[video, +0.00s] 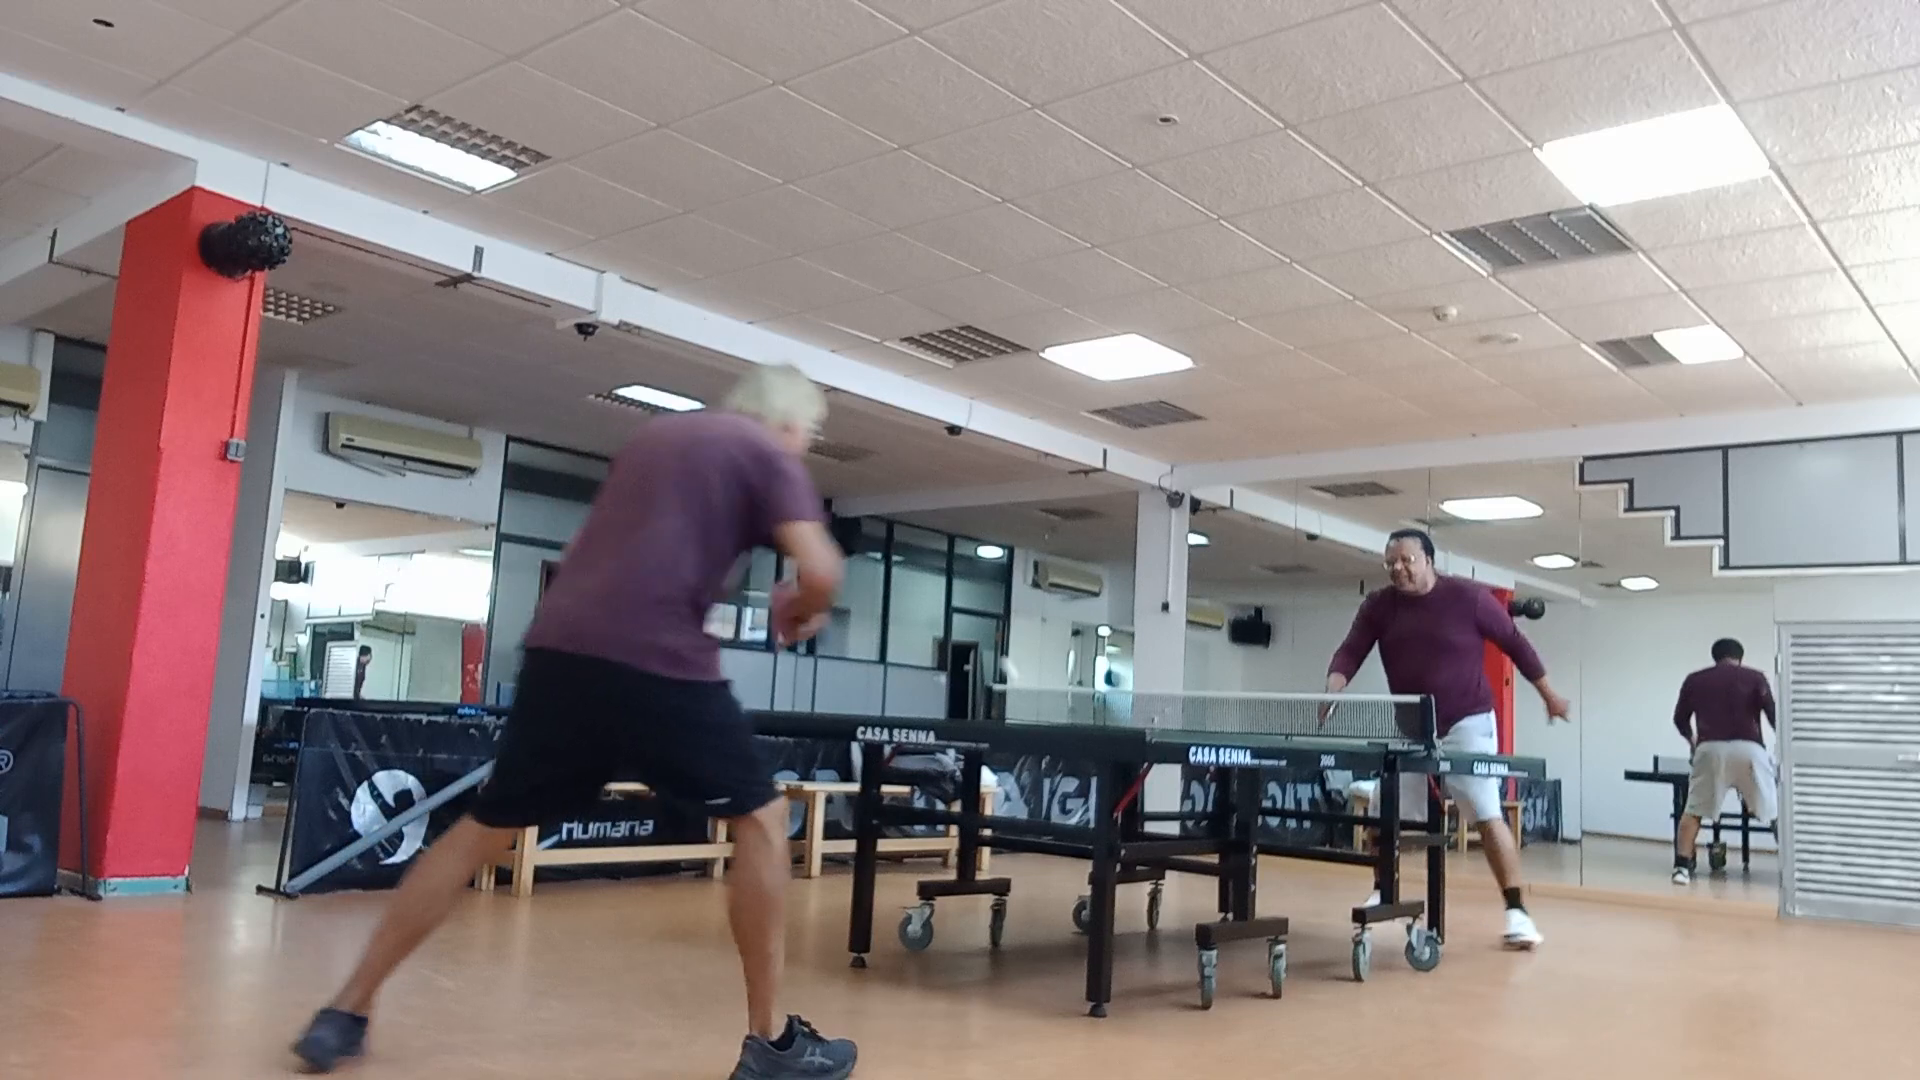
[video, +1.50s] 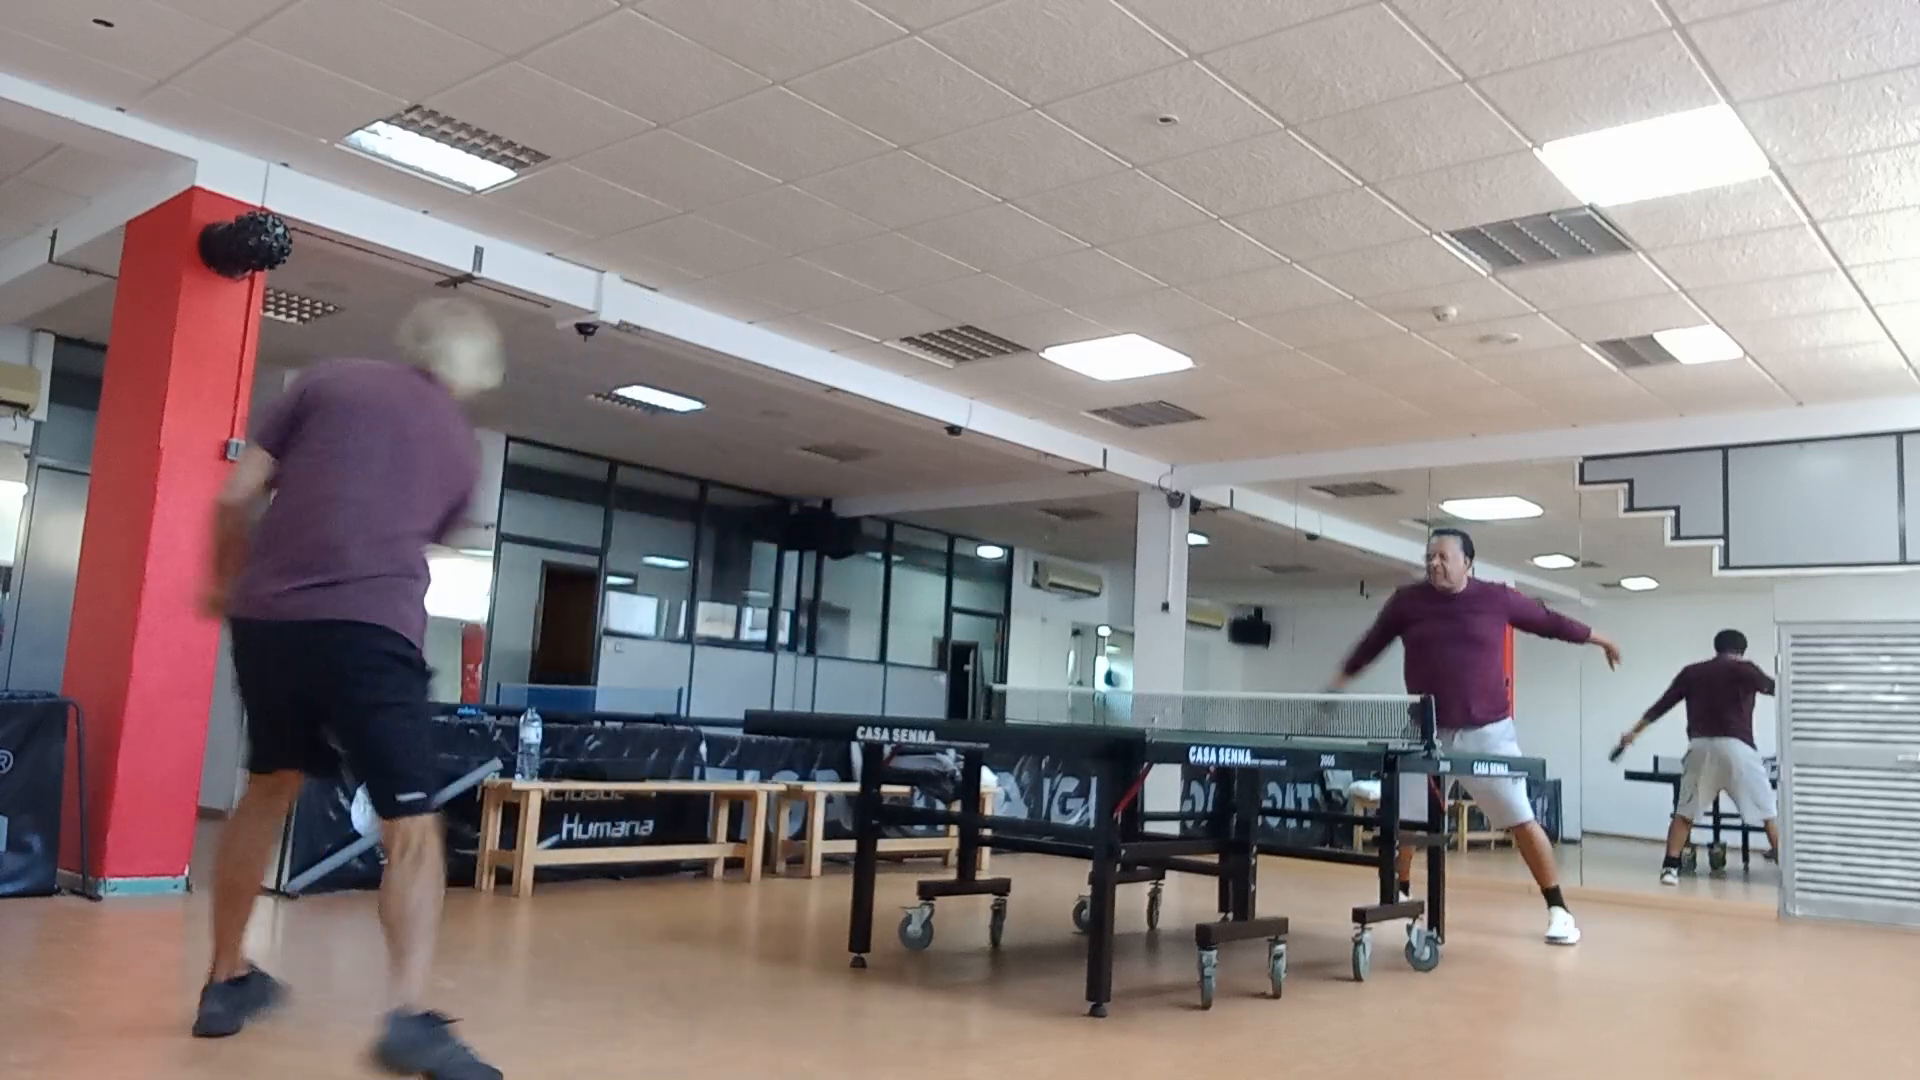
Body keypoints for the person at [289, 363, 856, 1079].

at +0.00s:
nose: (801, 454)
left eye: (807, 443)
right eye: (804, 439)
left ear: (735, 404)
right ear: (786, 422)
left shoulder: (651, 435)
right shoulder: (768, 452)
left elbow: (612, 554)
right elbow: (822, 571)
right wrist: (798, 610)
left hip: (556, 659)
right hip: (661, 668)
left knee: (479, 831)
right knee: (759, 818)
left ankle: (345, 1013)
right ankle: (770, 1035)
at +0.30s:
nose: (875, 455)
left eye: (875, 443)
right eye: (875, 443)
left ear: (801, 414)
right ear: (862, 436)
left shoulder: (730, 445)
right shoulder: (856, 469)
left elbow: (667, 538)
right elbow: (961, 566)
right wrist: (974, 600)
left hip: (630, 629)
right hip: (729, 646)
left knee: (572, 817)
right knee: (800, 815)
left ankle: (436, 996)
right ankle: (777, 1035)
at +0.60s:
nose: (824, 402)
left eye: (825, 391)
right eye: (824, 391)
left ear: (750, 370)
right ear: (811, 385)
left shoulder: (675, 425)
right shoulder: (811, 427)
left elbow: (608, 540)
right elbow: (911, 506)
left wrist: (663, 584)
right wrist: (955, 532)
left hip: (624, 626)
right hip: (728, 633)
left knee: (571, 804)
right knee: (790, 820)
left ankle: (467, 988)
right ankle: (785, 1032)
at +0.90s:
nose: (669, 367)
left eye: (668, 355)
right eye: (665, 354)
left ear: (587, 348)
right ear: (644, 350)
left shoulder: (529, 419)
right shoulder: (651, 409)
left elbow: (479, 539)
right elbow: (735, 505)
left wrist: (535, 584)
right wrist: (797, 518)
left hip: (521, 633)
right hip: (613, 633)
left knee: (507, 815)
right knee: (680, 822)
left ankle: (445, 1005)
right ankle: (724, 1018)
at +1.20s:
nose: (607, 336)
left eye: (610, 324)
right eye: (608, 322)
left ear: (534, 299)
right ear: (585, 311)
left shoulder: (456, 360)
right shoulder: (569, 366)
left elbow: (375, 470)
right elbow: (585, 489)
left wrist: (411, 544)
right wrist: (661, 543)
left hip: (395, 583)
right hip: (474, 596)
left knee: (378, 768)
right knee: (493, 789)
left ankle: (282, 964)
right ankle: (396, 1014)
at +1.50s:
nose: (478, 399)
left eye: (477, 386)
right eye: (479, 387)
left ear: (411, 346)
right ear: (467, 378)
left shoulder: (327, 381)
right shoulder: (459, 445)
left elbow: (236, 493)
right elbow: (439, 537)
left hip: (267, 623)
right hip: (370, 633)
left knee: (269, 786)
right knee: (413, 827)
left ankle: (225, 977)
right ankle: (410, 1013)